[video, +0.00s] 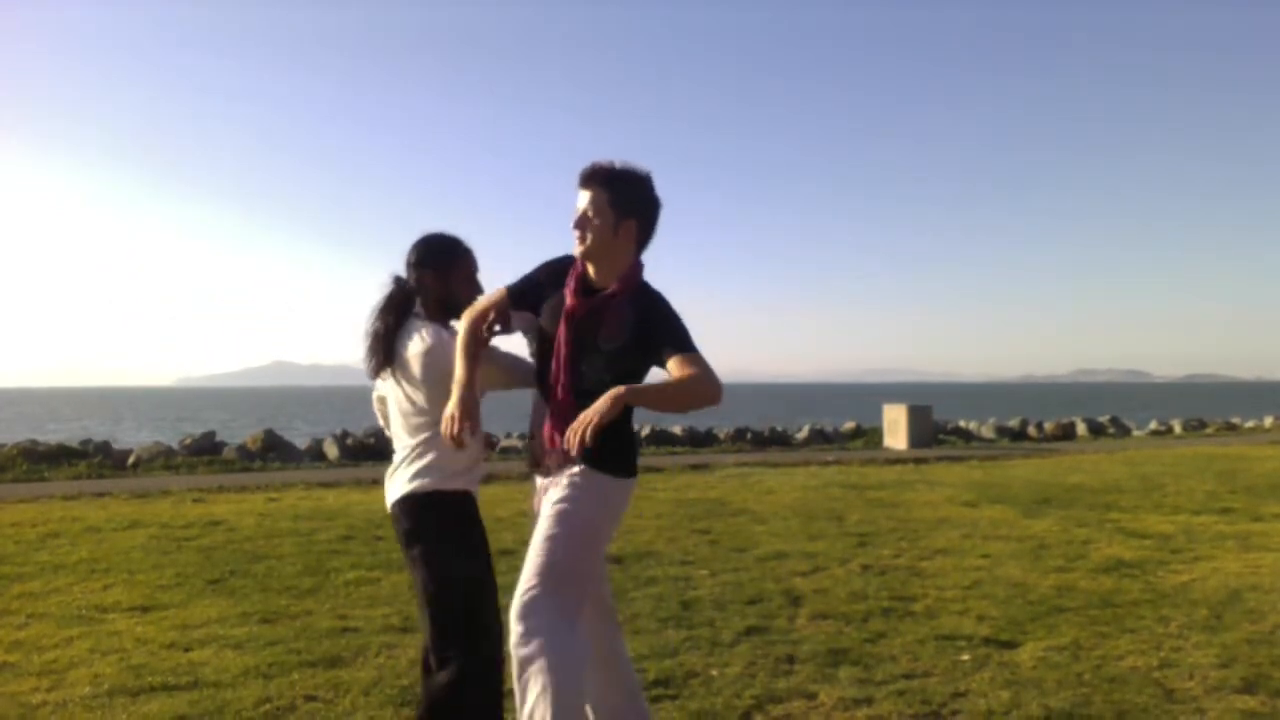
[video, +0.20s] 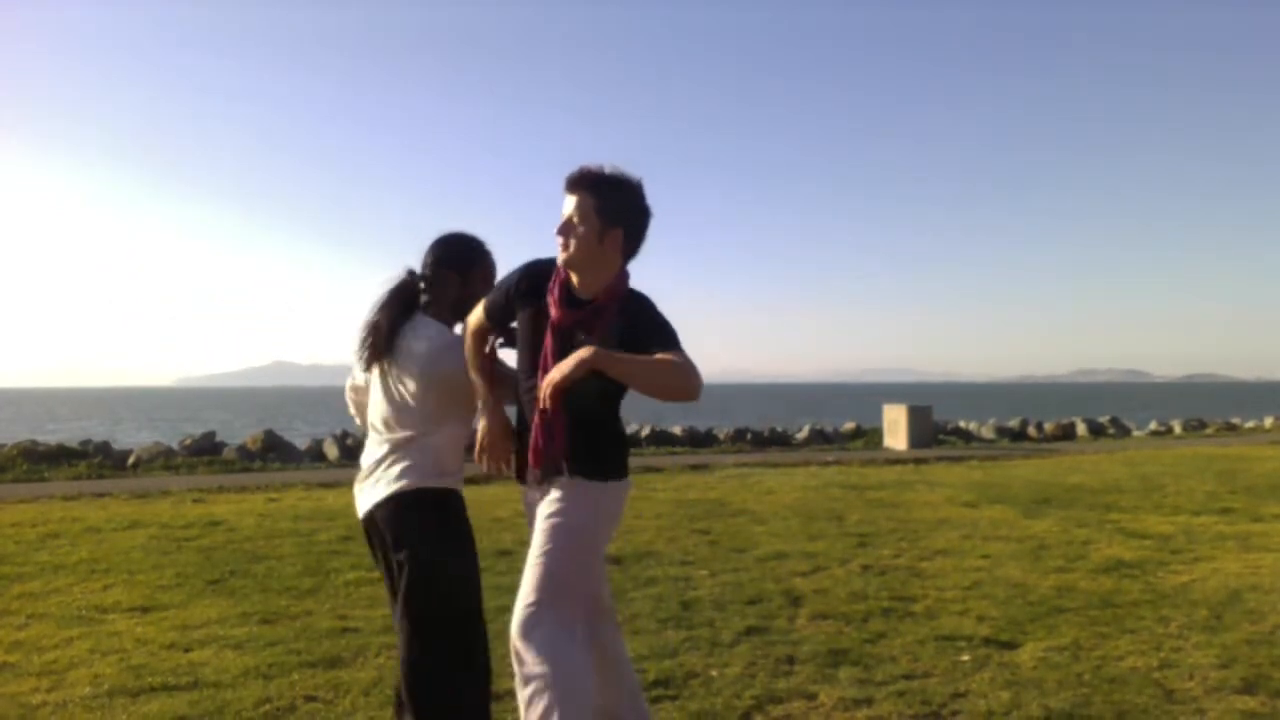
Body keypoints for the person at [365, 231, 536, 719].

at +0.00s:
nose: (477, 286)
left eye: (475, 276)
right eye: (468, 276)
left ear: (423, 281)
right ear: (433, 279)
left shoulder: (397, 340)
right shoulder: (442, 342)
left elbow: (384, 409)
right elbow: (526, 373)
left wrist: (462, 436)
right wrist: (531, 325)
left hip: (410, 497)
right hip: (441, 499)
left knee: (450, 639)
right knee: (471, 641)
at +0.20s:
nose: (487, 300)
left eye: (488, 289)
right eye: (483, 287)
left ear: (434, 280)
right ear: (453, 281)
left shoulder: (387, 332)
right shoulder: (450, 346)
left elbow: (356, 393)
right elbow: (517, 385)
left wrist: (389, 437)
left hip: (377, 499)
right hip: (424, 499)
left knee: (424, 640)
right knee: (448, 639)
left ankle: (419, 709)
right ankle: (449, 712)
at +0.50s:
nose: (501, 304)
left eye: (502, 294)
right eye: (497, 293)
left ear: (438, 288)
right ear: (478, 296)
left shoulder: (381, 331)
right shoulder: (478, 362)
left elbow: (314, 375)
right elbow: (523, 424)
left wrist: (280, 412)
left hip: (355, 517)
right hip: (427, 515)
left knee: (357, 644)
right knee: (455, 651)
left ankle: (348, 714)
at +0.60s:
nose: (492, 309)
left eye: (493, 297)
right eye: (489, 297)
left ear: (435, 289)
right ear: (474, 297)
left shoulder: (376, 335)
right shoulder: (483, 358)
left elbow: (298, 376)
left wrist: (246, 416)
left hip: (349, 523)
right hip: (428, 522)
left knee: (334, 667)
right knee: (454, 664)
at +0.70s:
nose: (477, 302)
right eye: (475, 294)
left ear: (422, 289)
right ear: (470, 297)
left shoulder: (378, 337)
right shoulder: (482, 353)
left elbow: (292, 378)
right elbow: (512, 430)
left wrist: (217, 420)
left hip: (352, 525)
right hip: (434, 524)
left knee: (321, 672)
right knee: (452, 652)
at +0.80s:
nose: (392, 303)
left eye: (394, 295)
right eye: (392, 297)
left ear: (405, 293)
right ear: (456, 293)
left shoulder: (381, 336)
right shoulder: (479, 347)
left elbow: (294, 381)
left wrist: (209, 426)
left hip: (364, 515)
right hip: (444, 516)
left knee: (326, 660)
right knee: (445, 643)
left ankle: (318, 710)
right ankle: (442, 715)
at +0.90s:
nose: (368, 304)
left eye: (374, 291)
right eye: (367, 293)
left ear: (405, 285)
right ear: (423, 289)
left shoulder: (385, 332)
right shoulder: (474, 337)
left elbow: (305, 382)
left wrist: (209, 435)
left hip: (378, 509)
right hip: (454, 510)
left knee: (323, 646)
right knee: (435, 640)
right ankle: (428, 714)